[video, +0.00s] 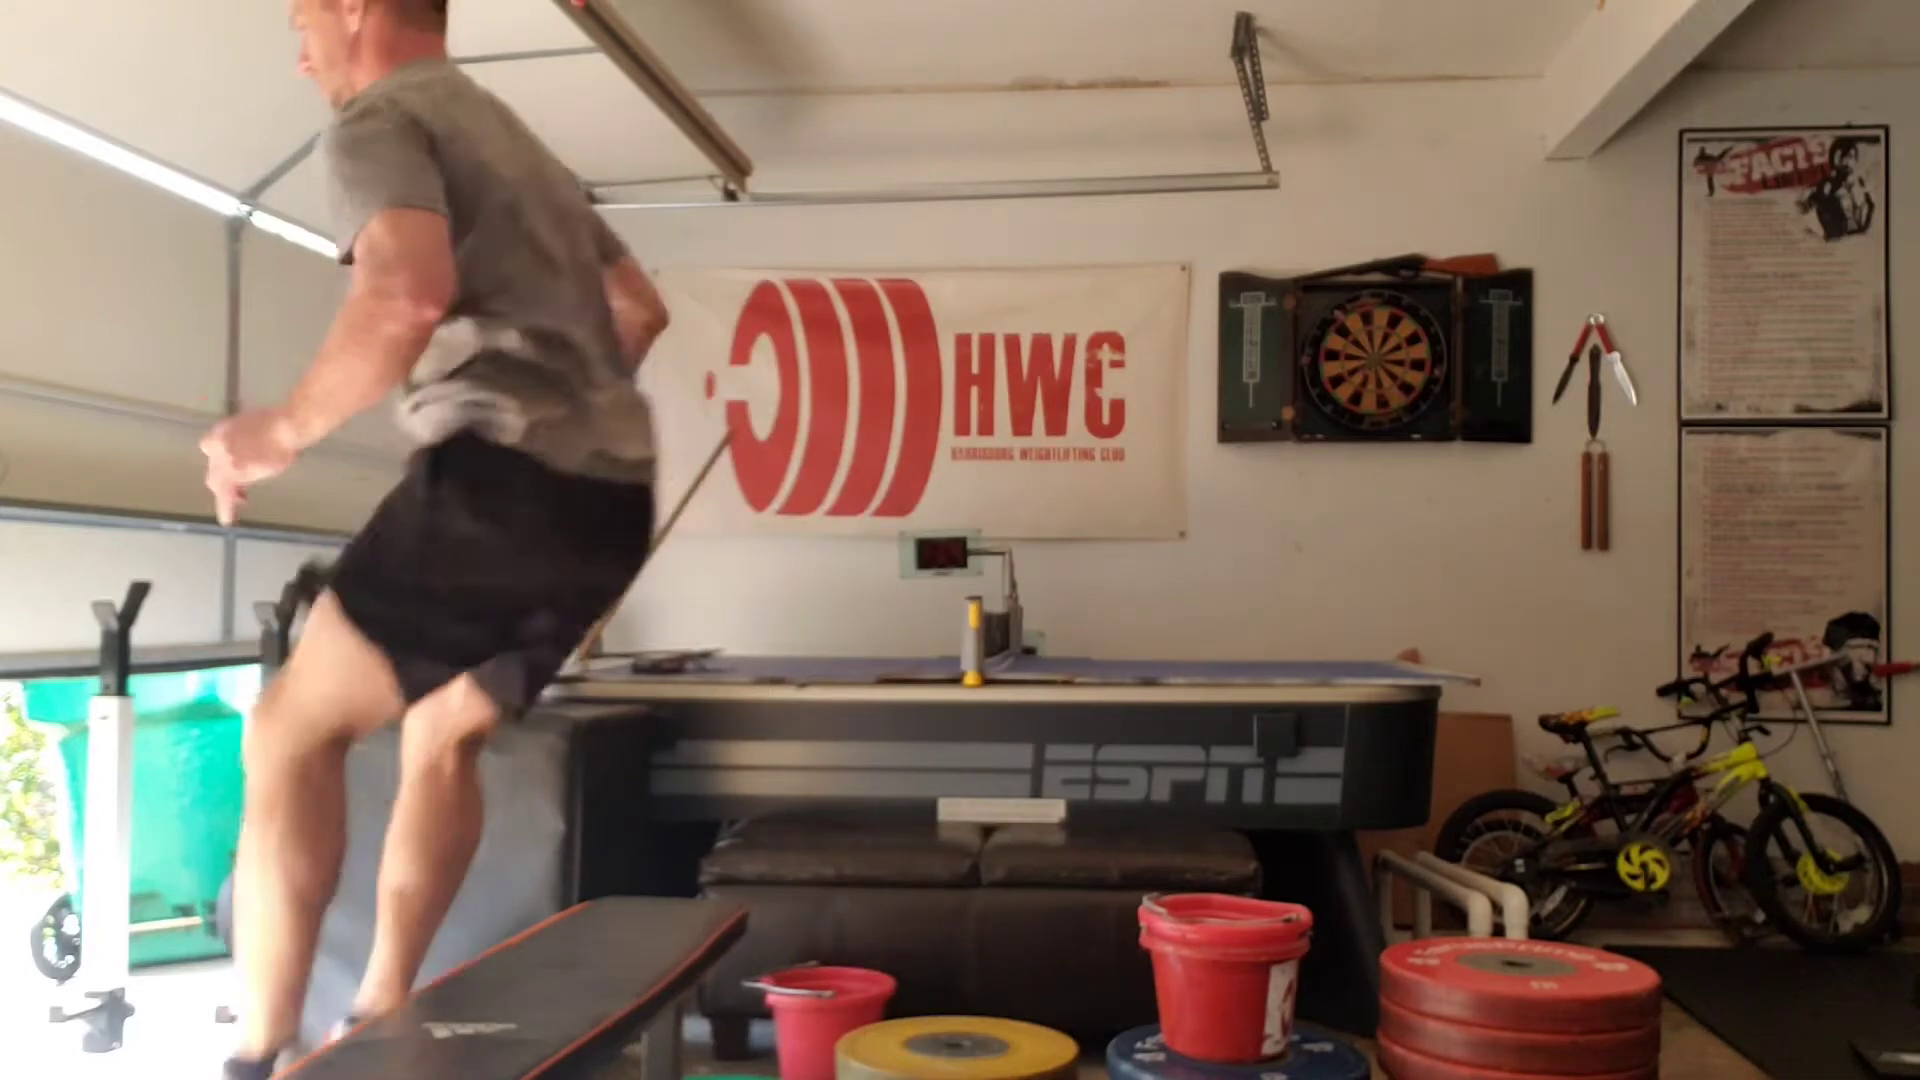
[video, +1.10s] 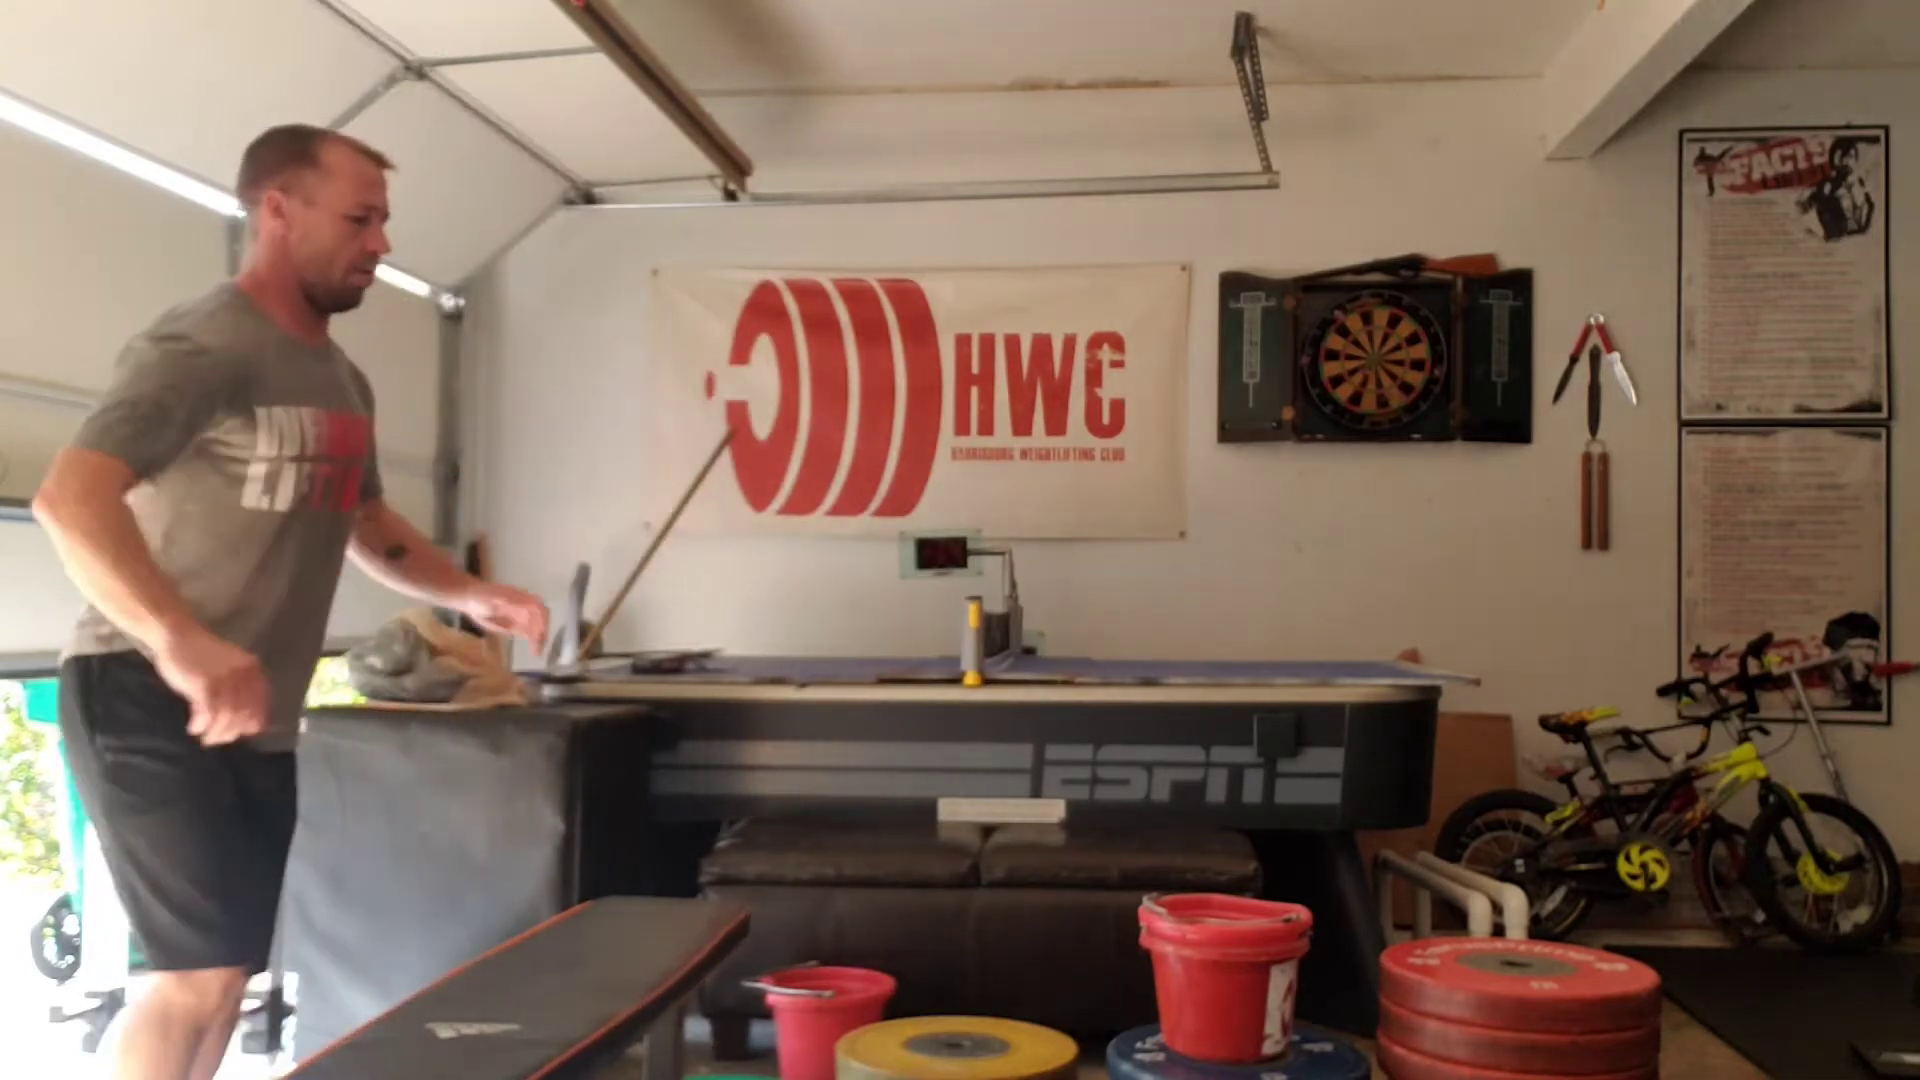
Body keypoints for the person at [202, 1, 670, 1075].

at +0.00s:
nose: (299, 50)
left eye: (304, 23)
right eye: (297, 27)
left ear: (357, 17)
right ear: (412, 21)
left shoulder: (381, 119)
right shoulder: (511, 134)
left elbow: (407, 296)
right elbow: (638, 307)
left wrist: (286, 426)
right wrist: (518, 385)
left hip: (501, 478)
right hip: (613, 500)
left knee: (290, 721)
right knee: (443, 733)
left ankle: (265, 1043)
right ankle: (385, 1007)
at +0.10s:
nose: (258, 186)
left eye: (261, 150)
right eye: (256, 155)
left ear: (310, 135)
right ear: (375, 142)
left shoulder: (328, 244)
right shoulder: (475, 269)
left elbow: (411, 394)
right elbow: (589, 428)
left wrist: (288, 548)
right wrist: (509, 554)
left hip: (359, 642)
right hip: (475, 659)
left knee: (219, 966)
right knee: (367, 933)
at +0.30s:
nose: (224, 251)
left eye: (221, 233)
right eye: (225, 236)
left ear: (235, 235)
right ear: (344, 241)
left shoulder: (188, 366)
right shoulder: (427, 379)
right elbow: (477, 564)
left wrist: (108, 633)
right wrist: (361, 576)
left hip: (261, 734)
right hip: (409, 729)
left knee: (143, 1026)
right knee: (310, 966)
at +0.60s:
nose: (381, 230)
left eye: (378, 204)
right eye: (368, 200)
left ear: (274, 197)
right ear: (293, 193)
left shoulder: (148, 358)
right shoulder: (319, 329)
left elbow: (131, 535)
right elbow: (384, 538)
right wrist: (465, 578)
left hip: (168, 683)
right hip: (284, 668)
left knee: (211, 978)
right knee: (320, 983)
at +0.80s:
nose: (377, 235)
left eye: (374, 211)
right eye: (357, 209)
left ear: (278, 208)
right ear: (272, 203)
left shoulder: (284, 344)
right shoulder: (242, 337)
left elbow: (278, 538)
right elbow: (232, 530)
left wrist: (399, 576)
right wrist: (401, 602)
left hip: (233, 677)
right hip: (207, 678)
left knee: (227, 981)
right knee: (296, 970)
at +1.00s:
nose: (372, 237)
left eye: (373, 216)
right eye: (354, 211)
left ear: (283, 211)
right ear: (267, 206)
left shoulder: (327, 377)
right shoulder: (190, 342)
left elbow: (357, 532)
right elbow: (104, 511)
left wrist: (452, 569)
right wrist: (267, 612)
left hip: (257, 696)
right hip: (153, 680)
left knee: (250, 950)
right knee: (242, 945)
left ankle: (201, 1072)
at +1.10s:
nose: (382, 241)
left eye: (383, 220)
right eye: (364, 216)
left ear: (289, 216)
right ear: (279, 209)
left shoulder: (341, 377)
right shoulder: (201, 339)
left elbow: (371, 527)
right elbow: (73, 494)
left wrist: (468, 593)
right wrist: (183, 637)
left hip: (258, 705)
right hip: (144, 692)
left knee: (222, 977)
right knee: (197, 979)